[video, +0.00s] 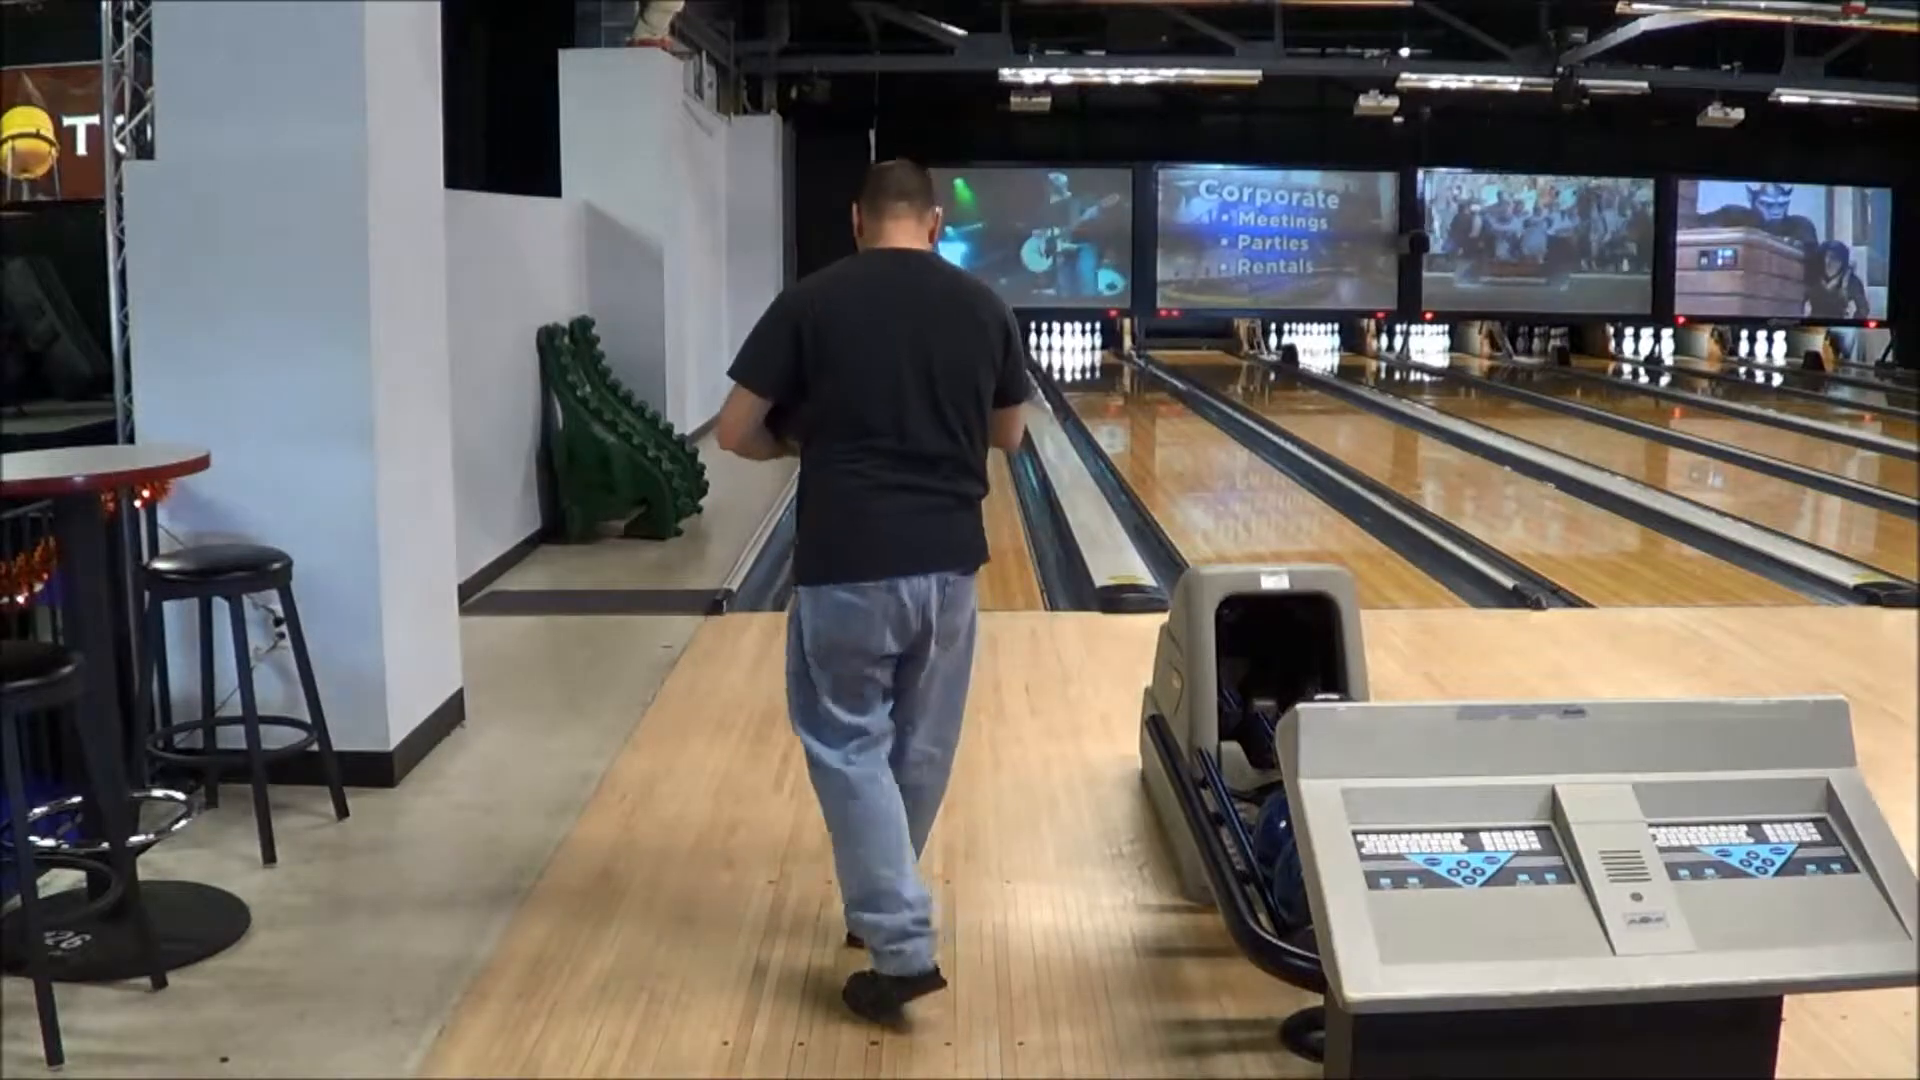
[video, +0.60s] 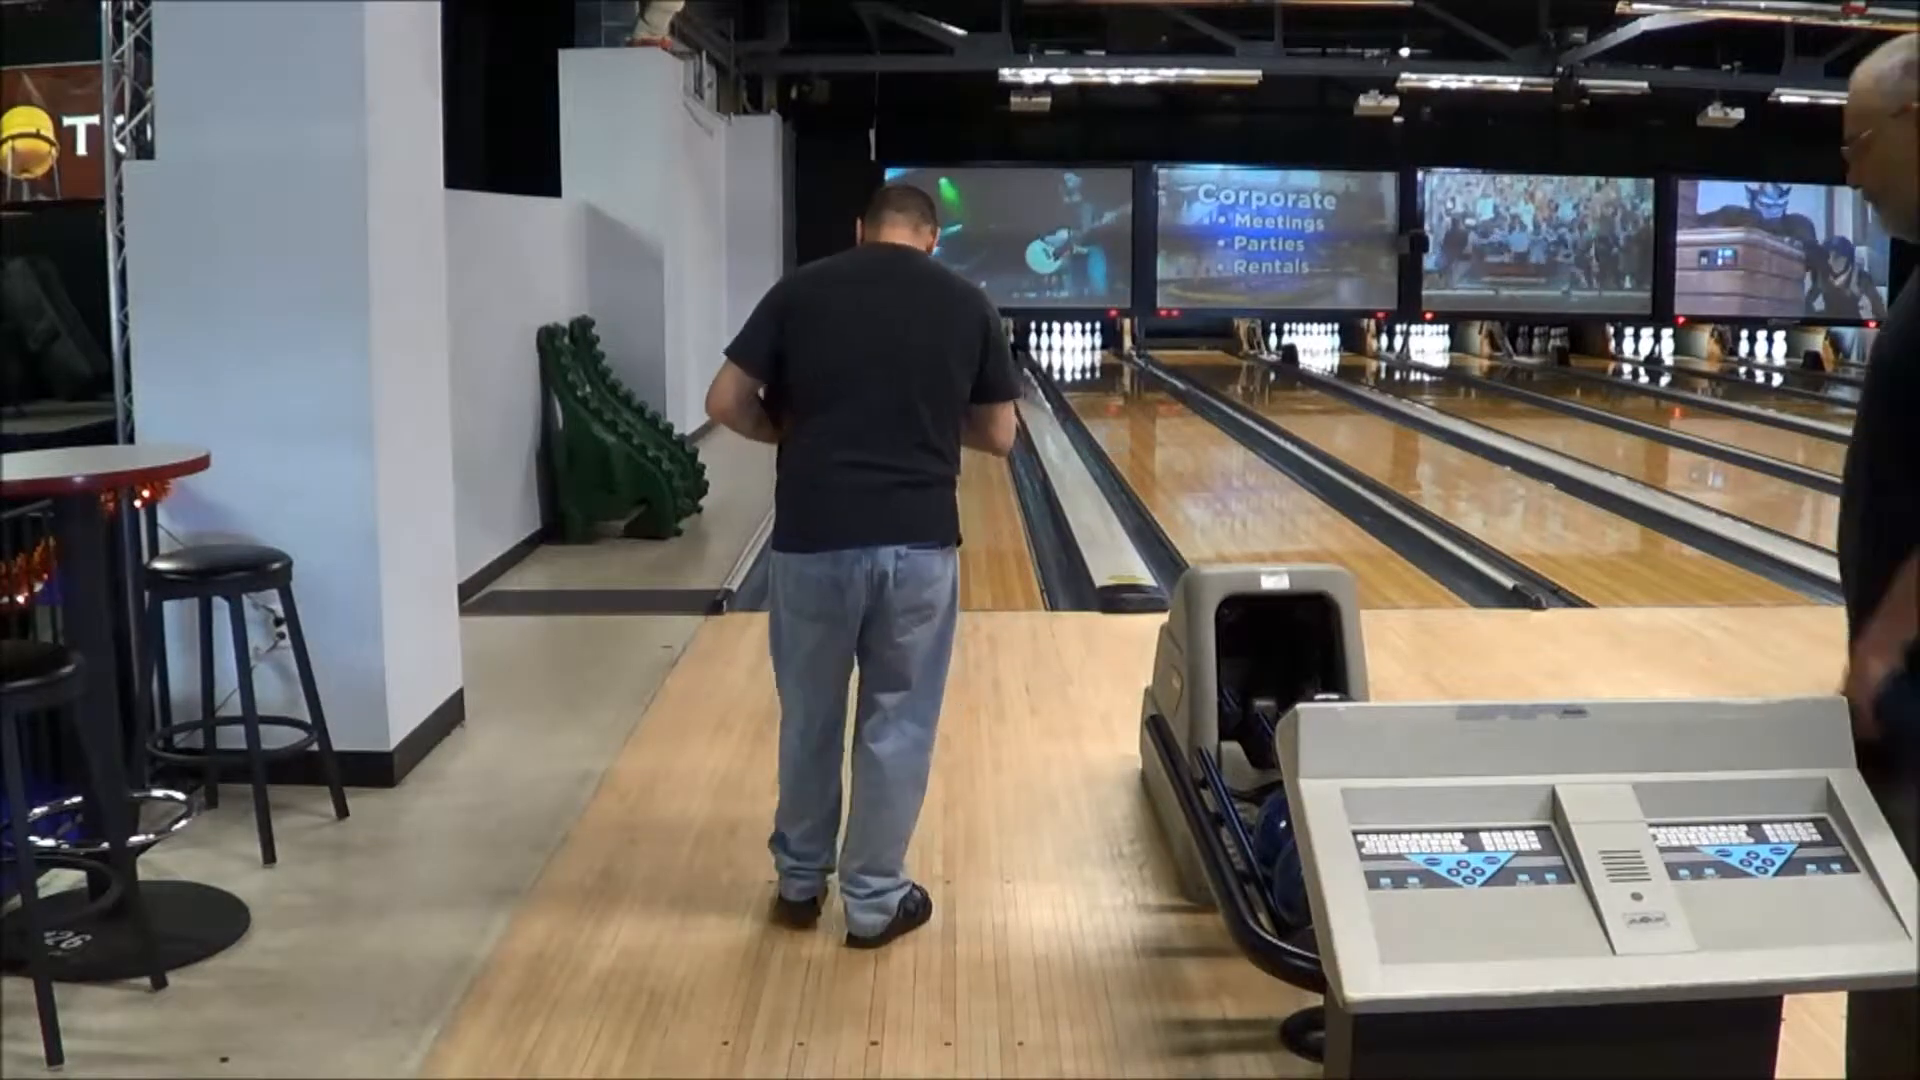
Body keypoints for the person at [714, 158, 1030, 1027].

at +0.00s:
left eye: (865, 219)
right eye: (922, 218)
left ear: (856, 220)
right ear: (936, 223)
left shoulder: (810, 299)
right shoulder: (982, 305)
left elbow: (739, 432)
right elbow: (1010, 430)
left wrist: (808, 434)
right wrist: (941, 424)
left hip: (846, 565)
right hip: (950, 562)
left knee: (848, 745)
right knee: (924, 746)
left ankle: (904, 951)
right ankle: (883, 901)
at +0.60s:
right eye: (930, 234)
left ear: (861, 229)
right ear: (932, 239)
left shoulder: (803, 287)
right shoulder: (968, 304)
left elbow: (726, 402)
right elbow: (999, 435)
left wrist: (787, 430)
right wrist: (928, 406)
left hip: (813, 541)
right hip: (919, 542)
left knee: (809, 712)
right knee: (900, 714)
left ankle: (800, 878)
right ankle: (872, 900)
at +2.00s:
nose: (858, 253)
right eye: (860, 241)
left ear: (786, 235)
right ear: (854, 241)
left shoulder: (724, 299)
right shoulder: (880, 301)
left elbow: (674, 423)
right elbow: (910, 432)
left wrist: (728, 444)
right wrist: (850, 410)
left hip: (732, 539)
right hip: (831, 537)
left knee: (750, 717)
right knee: (826, 721)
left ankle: (773, 875)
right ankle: (805, 903)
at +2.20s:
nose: (846, 255)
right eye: (850, 244)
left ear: (780, 239)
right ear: (848, 245)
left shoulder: (719, 301)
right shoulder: (874, 305)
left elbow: (671, 428)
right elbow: (906, 438)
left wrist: (721, 450)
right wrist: (842, 421)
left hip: (725, 540)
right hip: (825, 540)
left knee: (744, 717)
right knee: (824, 720)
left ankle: (773, 873)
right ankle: (798, 905)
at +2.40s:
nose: (844, 260)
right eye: (849, 249)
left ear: (779, 242)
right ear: (847, 248)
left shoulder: (717, 304)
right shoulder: (873, 315)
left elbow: (676, 432)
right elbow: (898, 456)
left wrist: (736, 446)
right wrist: (835, 450)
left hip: (718, 543)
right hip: (818, 541)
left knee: (740, 718)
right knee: (821, 723)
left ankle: (772, 873)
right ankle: (797, 905)